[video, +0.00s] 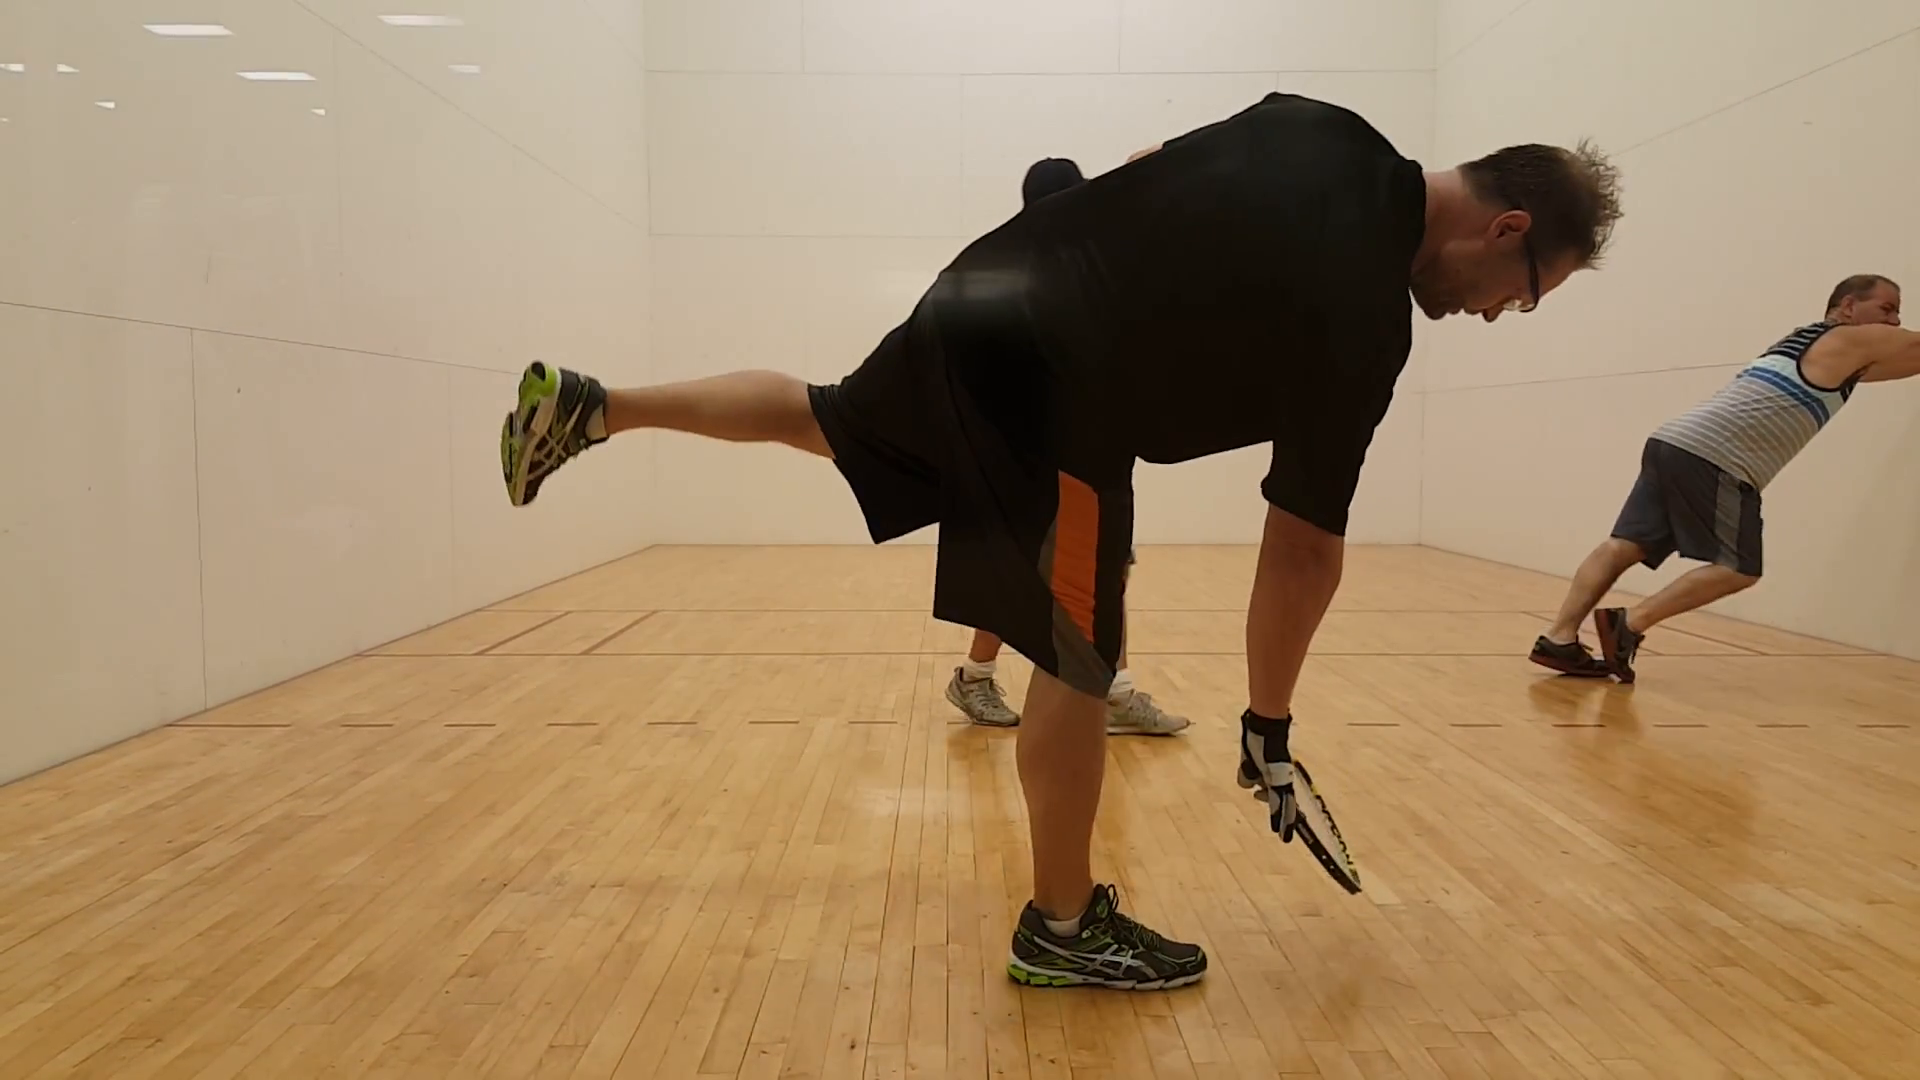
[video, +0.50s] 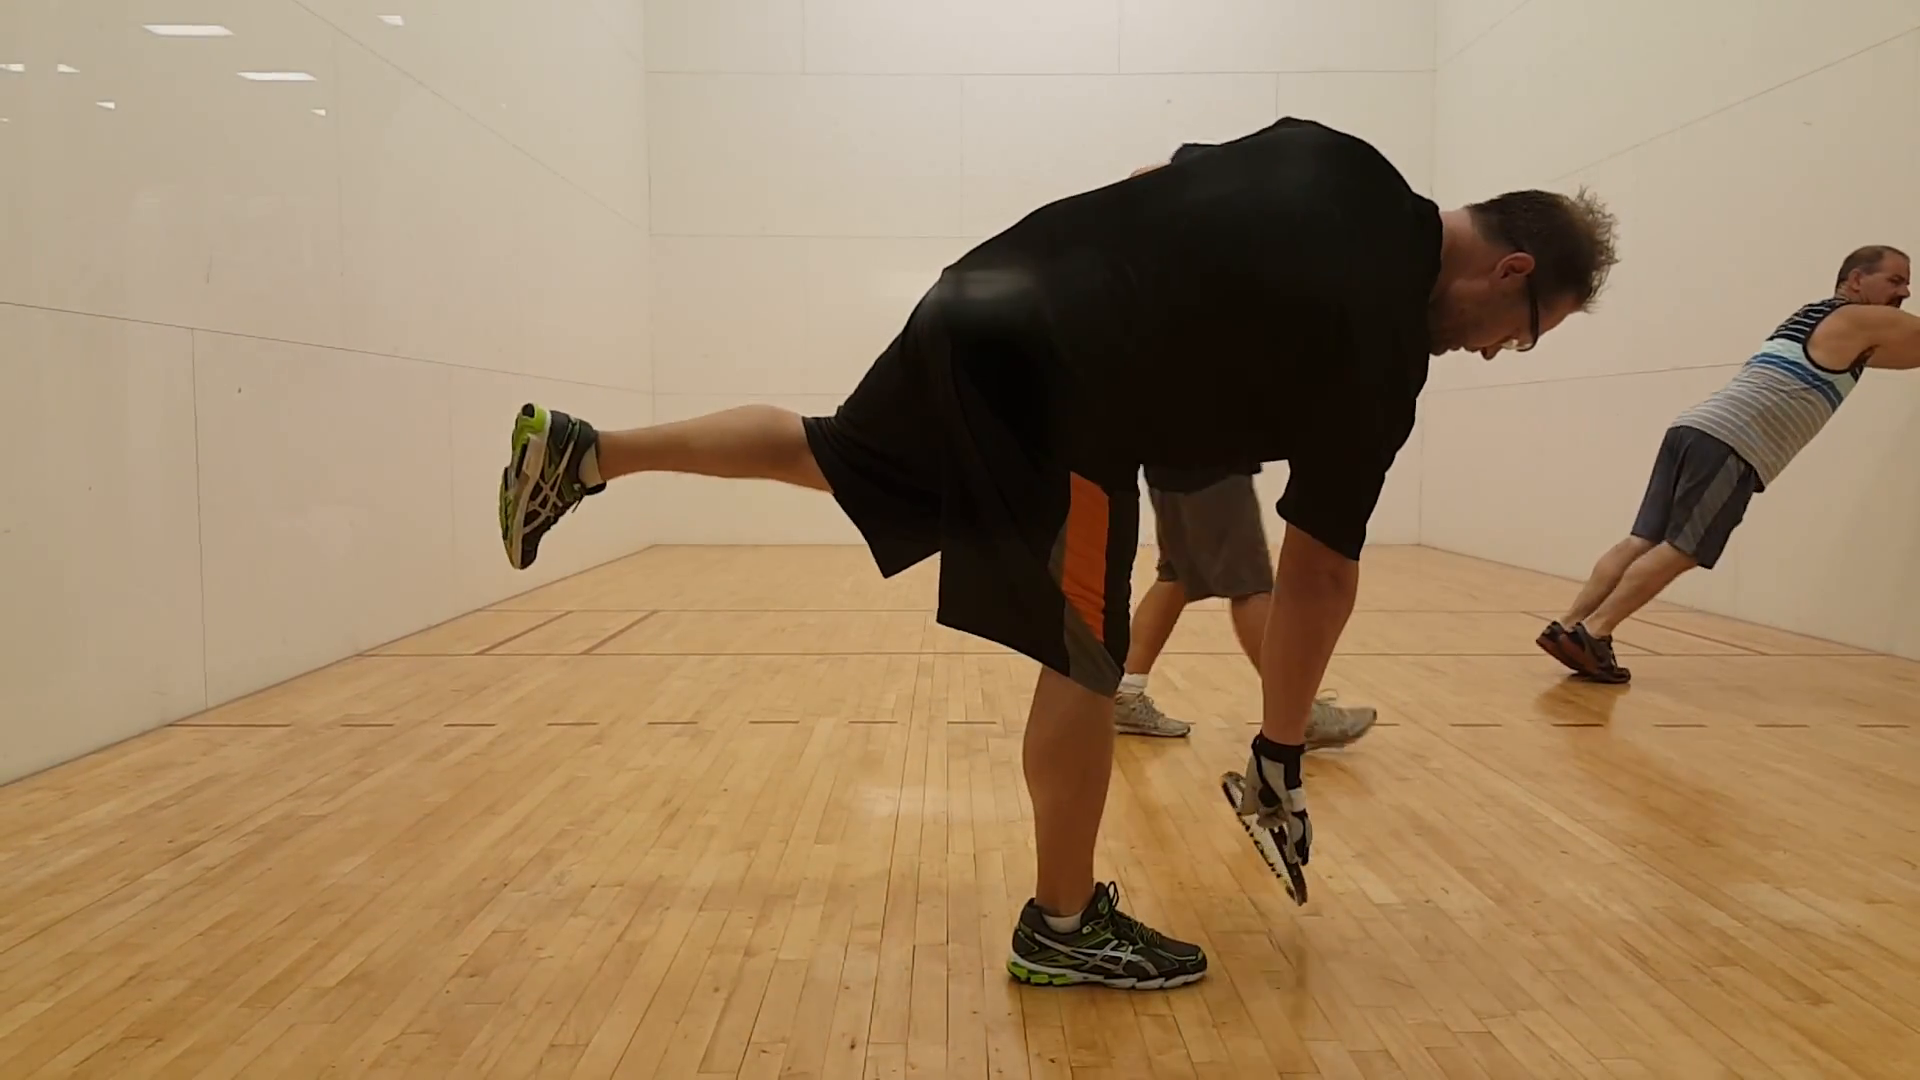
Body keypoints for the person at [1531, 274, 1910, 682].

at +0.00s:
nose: (1895, 321)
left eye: (1895, 312)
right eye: (1887, 309)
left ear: (1844, 315)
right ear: (1846, 308)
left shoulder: (1807, 342)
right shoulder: (1845, 343)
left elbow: (1908, 358)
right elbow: (1917, 348)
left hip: (1670, 447)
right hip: (1717, 464)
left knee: (1623, 546)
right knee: (1739, 568)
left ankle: (1558, 639)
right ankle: (1630, 625)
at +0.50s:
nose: (1905, 292)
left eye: (1905, 284)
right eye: (1896, 280)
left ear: (1855, 286)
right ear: (1854, 282)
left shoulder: (1815, 317)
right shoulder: (1857, 321)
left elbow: (1908, 351)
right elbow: (1918, 337)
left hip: (1690, 431)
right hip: (1729, 450)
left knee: (1641, 542)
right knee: (1682, 550)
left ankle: (1570, 626)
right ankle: (1593, 634)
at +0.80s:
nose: (1901, 313)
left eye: (1902, 306)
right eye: (1893, 301)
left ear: (1852, 309)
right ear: (1852, 302)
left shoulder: (1821, 340)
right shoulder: (1850, 341)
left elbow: (1906, 356)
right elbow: (1916, 350)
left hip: (1714, 454)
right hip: (1727, 463)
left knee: (1690, 574)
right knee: (1656, 546)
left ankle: (1582, 619)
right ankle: (1576, 638)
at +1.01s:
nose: (1902, 327)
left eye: (1903, 318)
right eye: (1894, 315)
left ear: (1854, 322)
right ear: (1853, 316)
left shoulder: (1823, 352)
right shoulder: (1853, 353)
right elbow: (1916, 355)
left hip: (1719, 467)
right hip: (1725, 471)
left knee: (1708, 582)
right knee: (1649, 553)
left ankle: (1593, 614)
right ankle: (1571, 645)